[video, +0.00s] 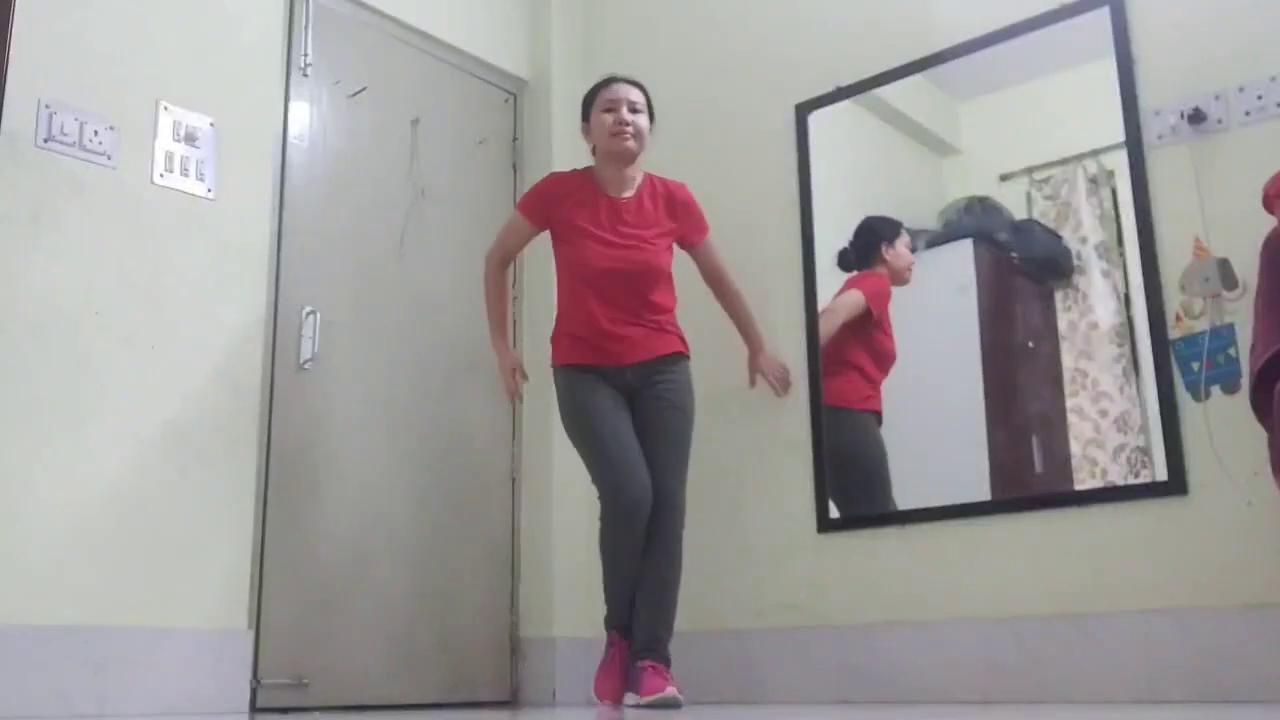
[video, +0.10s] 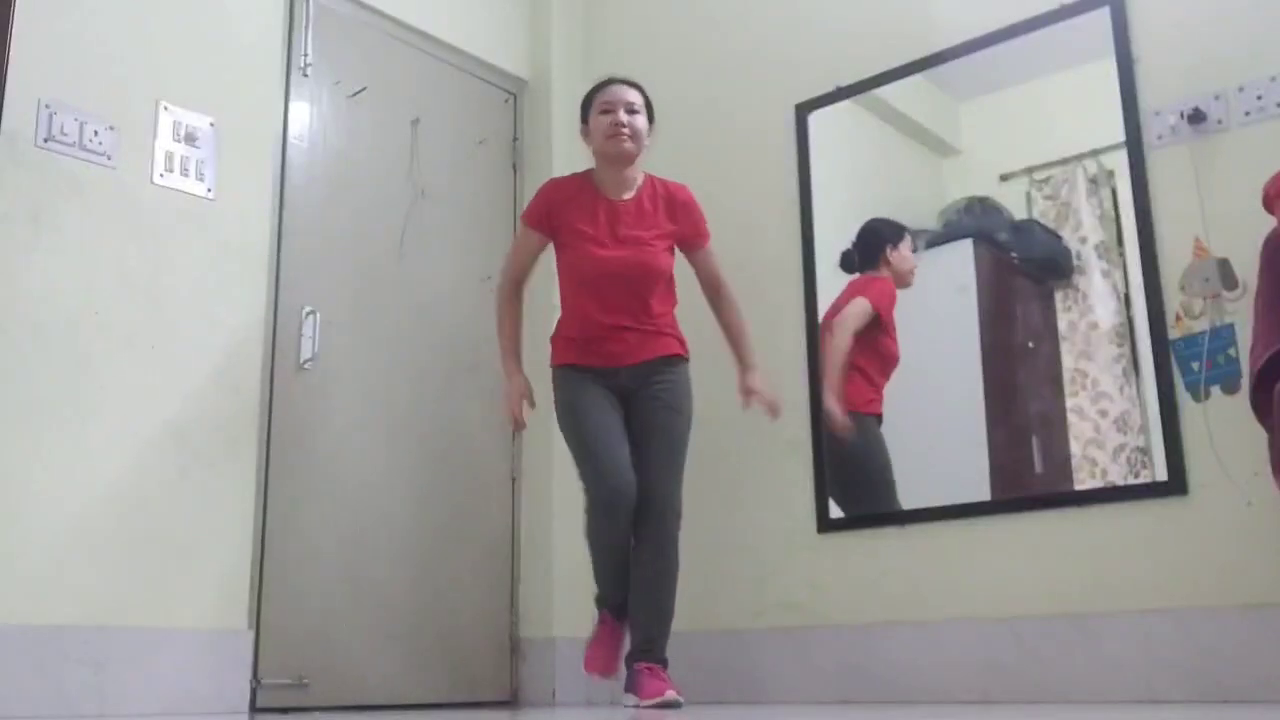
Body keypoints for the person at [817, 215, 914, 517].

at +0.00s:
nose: (913, 258)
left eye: (911, 249)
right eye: (907, 247)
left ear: (885, 252)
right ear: (886, 251)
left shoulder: (856, 284)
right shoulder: (875, 282)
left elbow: (822, 317)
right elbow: (833, 314)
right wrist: (798, 362)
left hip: (833, 419)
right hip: (848, 420)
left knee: (866, 529)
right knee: (878, 527)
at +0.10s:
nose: (915, 261)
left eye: (914, 251)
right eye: (910, 250)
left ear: (886, 255)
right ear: (889, 254)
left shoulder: (854, 289)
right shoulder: (880, 286)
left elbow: (821, 336)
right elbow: (841, 327)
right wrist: (831, 397)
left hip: (832, 422)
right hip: (853, 422)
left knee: (875, 528)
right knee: (886, 526)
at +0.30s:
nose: (914, 263)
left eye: (914, 253)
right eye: (911, 252)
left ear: (872, 255)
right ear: (893, 253)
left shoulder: (849, 292)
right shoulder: (882, 284)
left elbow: (858, 390)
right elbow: (897, 359)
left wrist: (916, 404)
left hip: (824, 416)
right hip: (846, 417)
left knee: (862, 526)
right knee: (874, 525)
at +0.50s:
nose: (910, 276)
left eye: (911, 266)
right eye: (910, 266)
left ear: (867, 260)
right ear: (898, 264)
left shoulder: (843, 295)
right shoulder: (880, 291)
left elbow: (880, 373)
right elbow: (932, 359)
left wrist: (954, 356)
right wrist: (980, 358)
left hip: (825, 421)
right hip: (838, 424)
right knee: (857, 525)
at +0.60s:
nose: (903, 285)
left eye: (905, 276)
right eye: (904, 276)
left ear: (860, 271)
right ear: (893, 274)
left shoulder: (835, 304)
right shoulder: (872, 302)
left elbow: (876, 380)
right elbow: (921, 374)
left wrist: (945, 387)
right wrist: (974, 382)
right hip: (832, 431)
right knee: (858, 525)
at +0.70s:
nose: (897, 296)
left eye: (898, 287)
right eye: (897, 287)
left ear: (857, 279)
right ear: (887, 284)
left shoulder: (832, 311)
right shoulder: (865, 310)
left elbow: (869, 405)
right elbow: (895, 386)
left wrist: (920, 441)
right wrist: (942, 433)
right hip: (828, 442)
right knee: (856, 533)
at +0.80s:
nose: (892, 307)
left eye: (894, 298)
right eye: (894, 297)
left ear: (854, 288)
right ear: (886, 293)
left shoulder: (829, 317)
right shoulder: (858, 318)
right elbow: (868, 401)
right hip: (824, 444)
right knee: (864, 529)